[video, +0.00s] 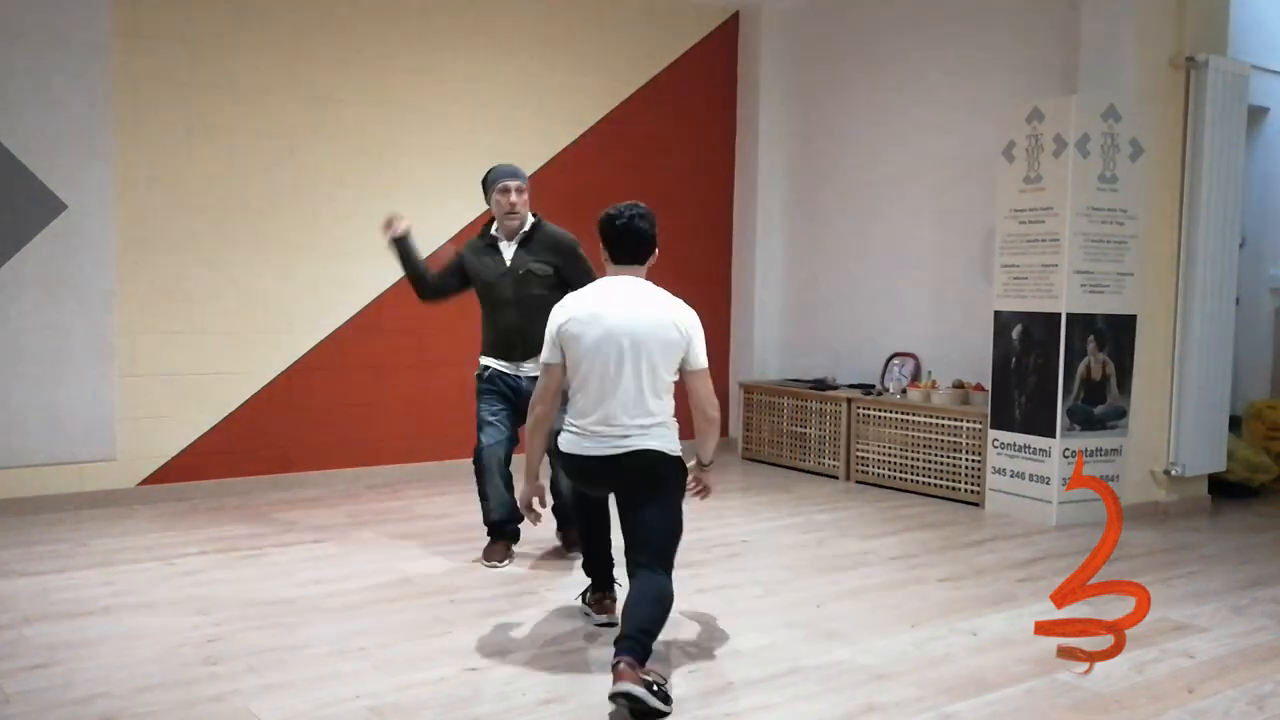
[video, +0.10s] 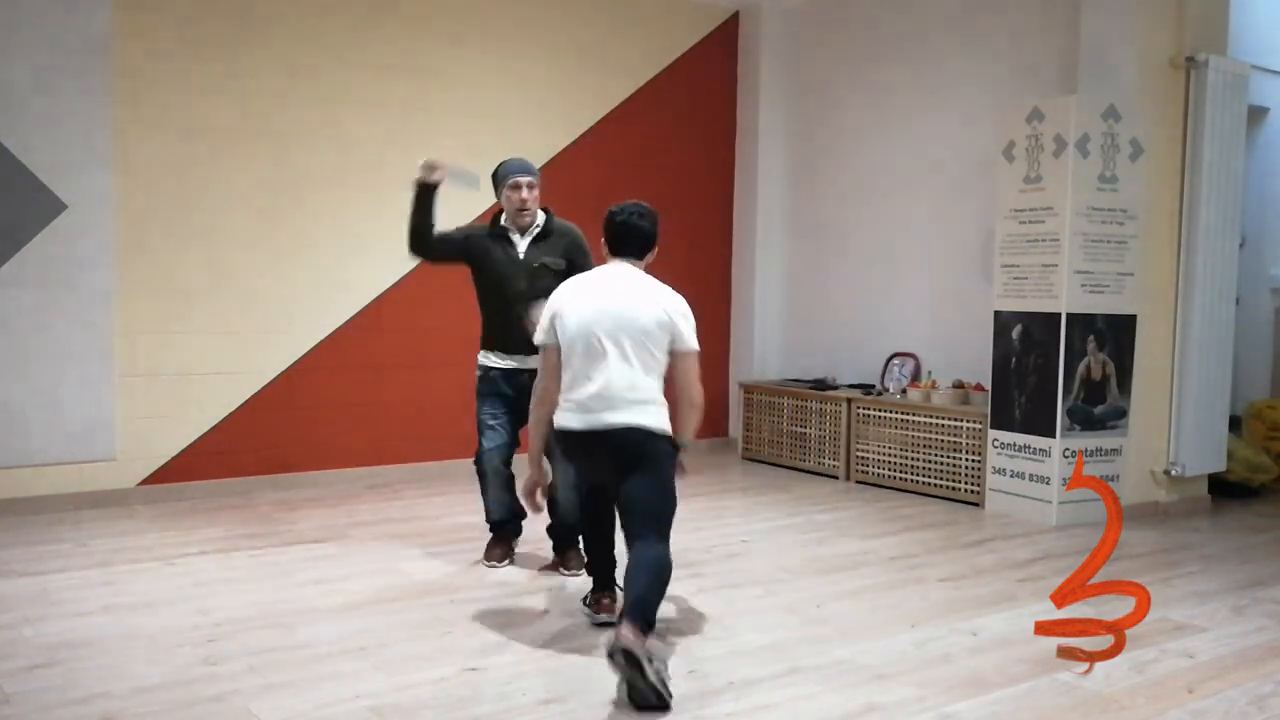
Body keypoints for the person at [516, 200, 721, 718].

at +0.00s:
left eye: (604, 245)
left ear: (601, 251)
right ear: (653, 252)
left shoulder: (568, 309)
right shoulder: (680, 314)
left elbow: (543, 405)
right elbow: (706, 411)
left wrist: (531, 478)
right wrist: (703, 463)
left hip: (581, 458)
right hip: (652, 461)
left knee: (582, 484)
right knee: (650, 568)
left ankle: (603, 592)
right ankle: (630, 667)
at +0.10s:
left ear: (602, 243)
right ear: (652, 251)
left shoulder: (566, 294)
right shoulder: (671, 303)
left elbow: (546, 389)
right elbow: (690, 394)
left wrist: (535, 459)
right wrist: (678, 450)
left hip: (578, 436)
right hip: (643, 437)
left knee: (595, 511)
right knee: (651, 541)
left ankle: (603, 594)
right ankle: (632, 634)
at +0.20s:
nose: (660, 251)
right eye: (661, 243)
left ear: (613, 234)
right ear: (657, 244)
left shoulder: (573, 273)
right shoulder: (657, 280)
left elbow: (556, 361)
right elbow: (667, 369)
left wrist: (551, 437)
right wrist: (655, 419)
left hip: (569, 402)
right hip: (629, 401)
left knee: (605, 488)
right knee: (663, 504)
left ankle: (600, 591)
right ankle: (636, 585)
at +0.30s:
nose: (667, 246)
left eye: (669, 239)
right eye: (669, 238)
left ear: (627, 224)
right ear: (661, 234)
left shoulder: (585, 255)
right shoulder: (638, 250)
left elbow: (569, 342)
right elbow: (644, 334)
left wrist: (572, 428)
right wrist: (638, 387)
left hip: (563, 377)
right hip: (616, 375)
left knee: (610, 478)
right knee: (663, 469)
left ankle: (593, 590)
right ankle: (655, 571)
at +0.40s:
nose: (661, 247)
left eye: (663, 238)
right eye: (663, 236)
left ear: (627, 218)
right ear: (651, 227)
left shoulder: (586, 245)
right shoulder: (617, 231)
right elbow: (639, 304)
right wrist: (640, 348)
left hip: (565, 368)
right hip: (614, 367)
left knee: (604, 472)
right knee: (653, 457)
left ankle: (585, 587)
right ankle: (665, 555)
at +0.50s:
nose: (651, 239)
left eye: (652, 232)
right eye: (652, 230)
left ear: (612, 218)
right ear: (644, 223)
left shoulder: (585, 249)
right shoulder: (620, 239)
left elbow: (568, 297)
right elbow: (622, 290)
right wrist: (652, 332)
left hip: (578, 369)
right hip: (624, 370)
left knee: (594, 468)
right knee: (647, 458)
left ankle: (581, 571)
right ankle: (657, 543)